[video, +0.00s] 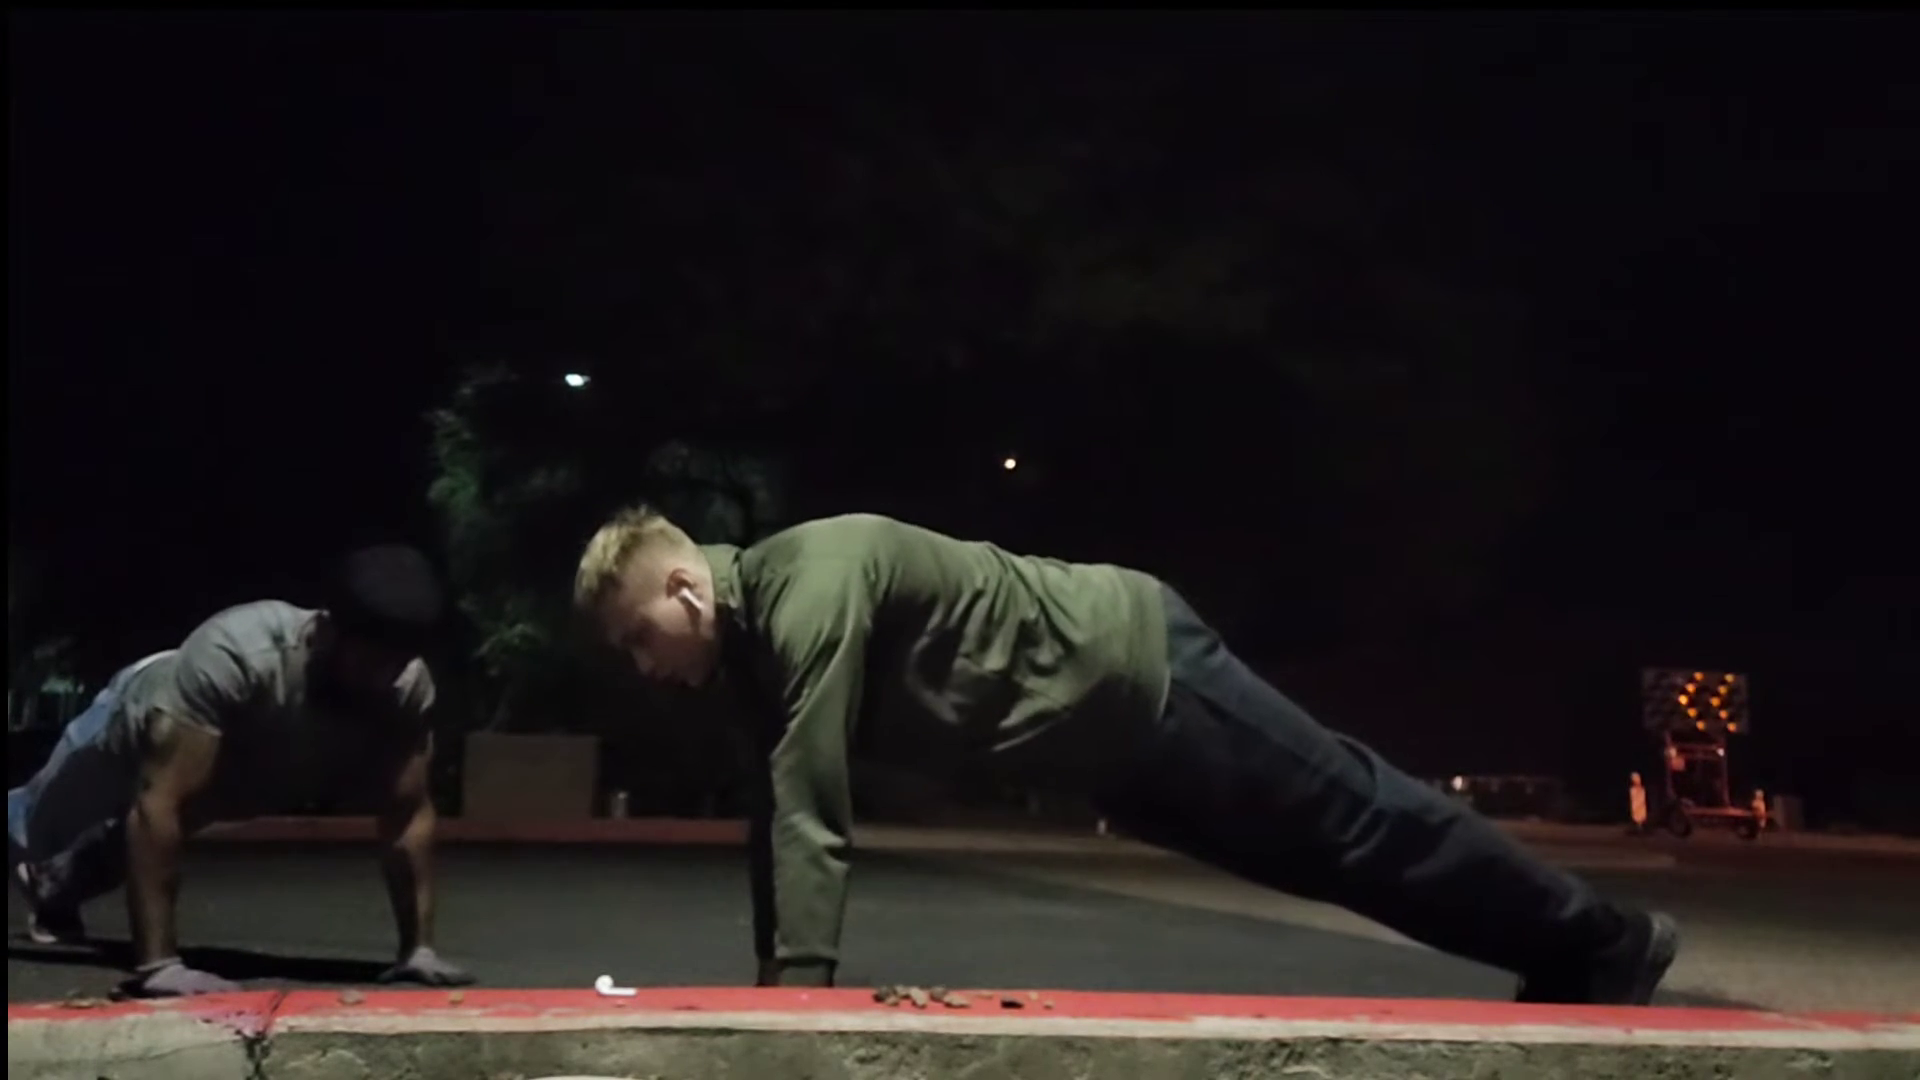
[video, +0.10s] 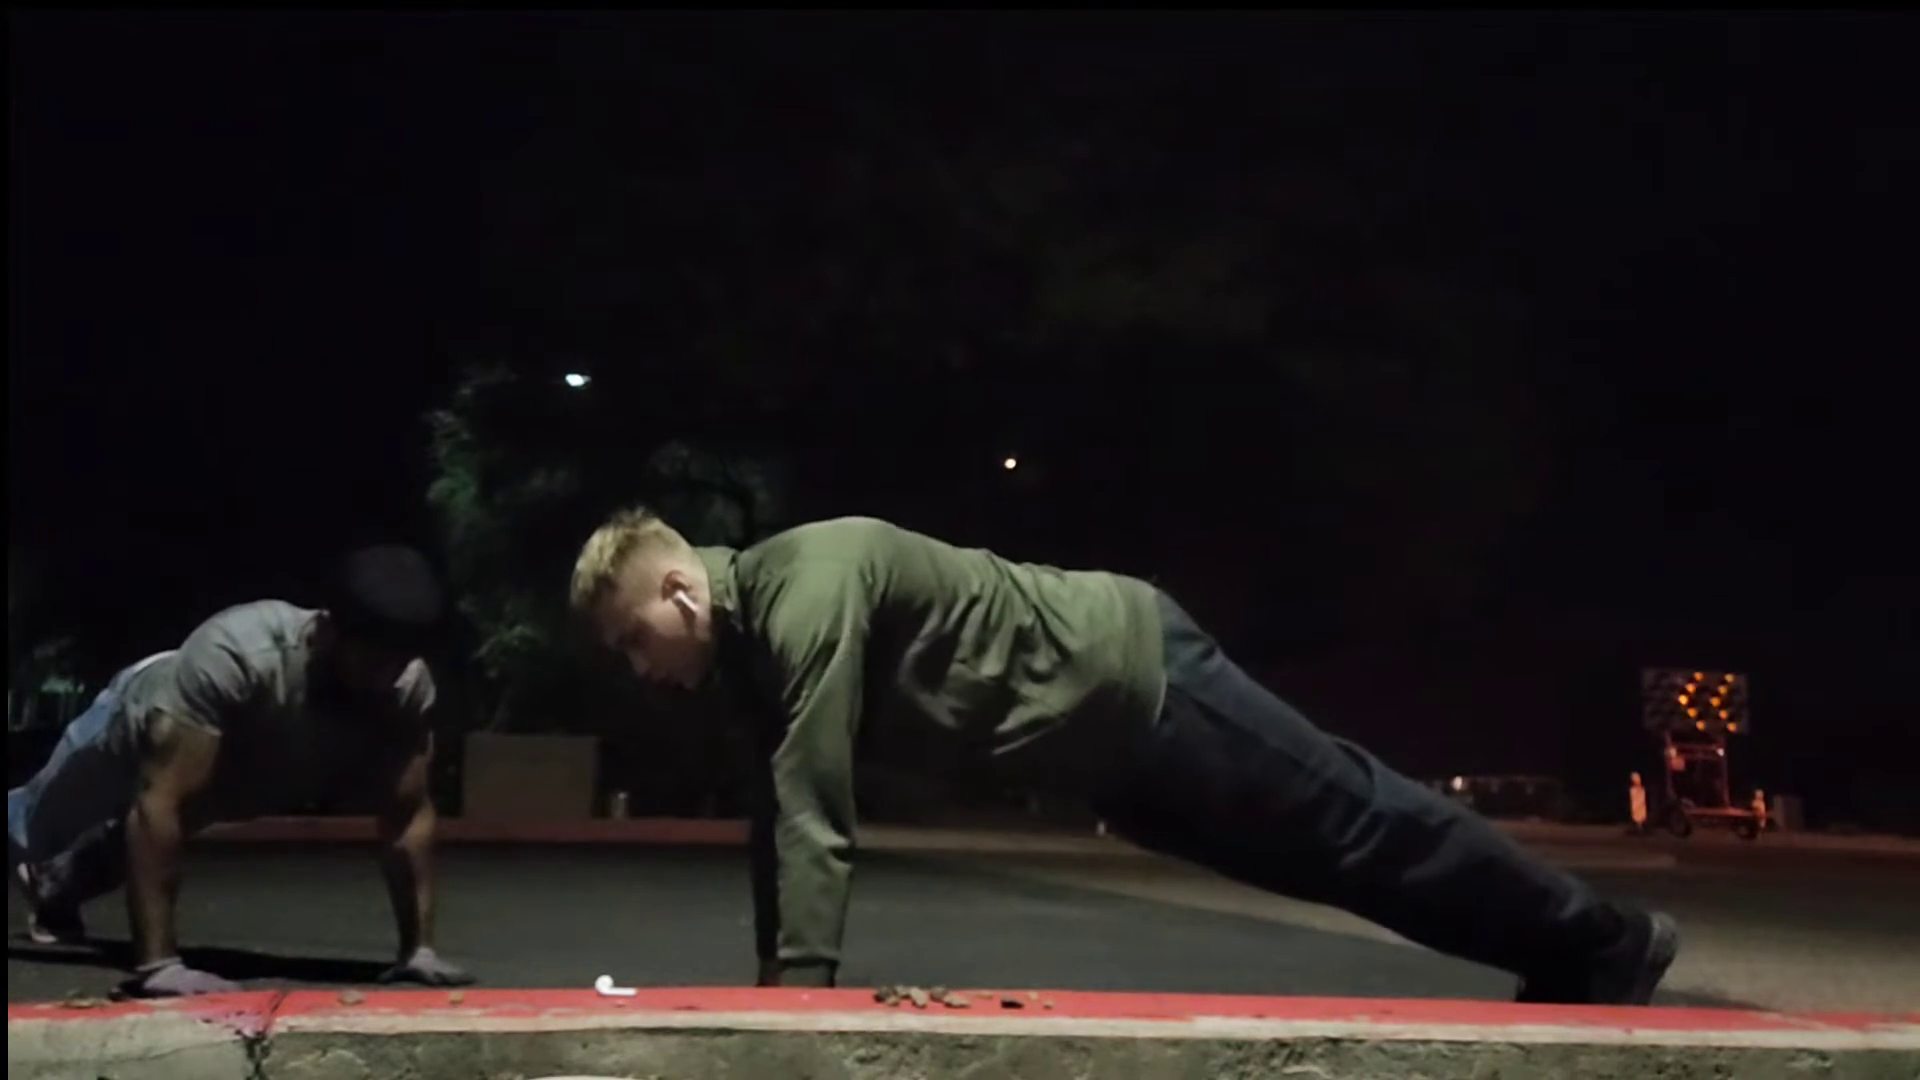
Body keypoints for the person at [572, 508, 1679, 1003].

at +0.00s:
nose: (653, 666)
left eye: (643, 639)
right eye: (636, 653)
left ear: (680, 582)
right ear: (670, 611)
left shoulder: (811, 577)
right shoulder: (766, 630)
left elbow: (808, 789)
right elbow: (779, 802)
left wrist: (803, 975)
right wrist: (784, 978)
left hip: (1138, 667)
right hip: (1102, 731)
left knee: (1362, 819)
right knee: (1328, 856)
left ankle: (1603, 938)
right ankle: (1557, 949)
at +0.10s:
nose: (651, 665)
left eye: (641, 637)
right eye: (633, 652)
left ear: (678, 580)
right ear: (664, 617)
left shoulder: (806, 580)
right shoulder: (762, 632)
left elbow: (812, 791)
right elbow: (783, 803)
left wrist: (804, 973)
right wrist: (784, 976)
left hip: (1133, 672)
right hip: (1098, 734)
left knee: (1358, 821)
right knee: (1327, 859)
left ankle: (1603, 939)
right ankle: (1557, 951)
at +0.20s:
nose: (638, 673)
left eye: (631, 646)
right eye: (620, 662)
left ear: (667, 590)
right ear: (644, 634)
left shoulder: (796, 591)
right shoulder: (752, 643)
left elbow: (824, 798)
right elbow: (787, 809)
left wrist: (808, 969)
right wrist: (778, 969)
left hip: (1126, 687)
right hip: (1091, 748)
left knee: (1355, 828)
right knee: (1323, 869)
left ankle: (1602, 942)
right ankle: (1560, 951)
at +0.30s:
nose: (612, 712)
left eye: (605, 683)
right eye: (595, 697)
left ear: (647, 623)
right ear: (624, 661)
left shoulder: (775, 624)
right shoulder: (741, 676)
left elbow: (837, 823)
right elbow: (805, 835)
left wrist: (804, 989)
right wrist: (789, 986)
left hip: (1113, 721)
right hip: (1087, 779)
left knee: (1353, 842)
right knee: (1326, 877)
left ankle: (1599, 944)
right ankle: (1570, 948)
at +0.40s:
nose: (593, 757)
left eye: (587, 729)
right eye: (574, 746)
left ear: (623, 675)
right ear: (598, 715)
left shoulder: (743, 677)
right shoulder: (721, 711)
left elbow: (852, 835)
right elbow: (827, 839)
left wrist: (796, 992)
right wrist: (790, 988)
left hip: (1099, 773)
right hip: (1084, 804)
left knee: (1351, 867)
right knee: (1338, 881)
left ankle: (1609, 948)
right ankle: (1582, 950)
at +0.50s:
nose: (574, 807)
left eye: (566, 783)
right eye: (551, 806)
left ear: (598, 732)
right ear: (563, 804)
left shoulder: (721, 741)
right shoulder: (694, 779)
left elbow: (858, 847)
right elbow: (823, 866)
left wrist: (788, 997)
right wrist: (800, 994)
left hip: (1070, 827)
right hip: (1051, 857)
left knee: (1330, 890)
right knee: (1315, 909)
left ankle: (1602, 942)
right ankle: (1571, 948)